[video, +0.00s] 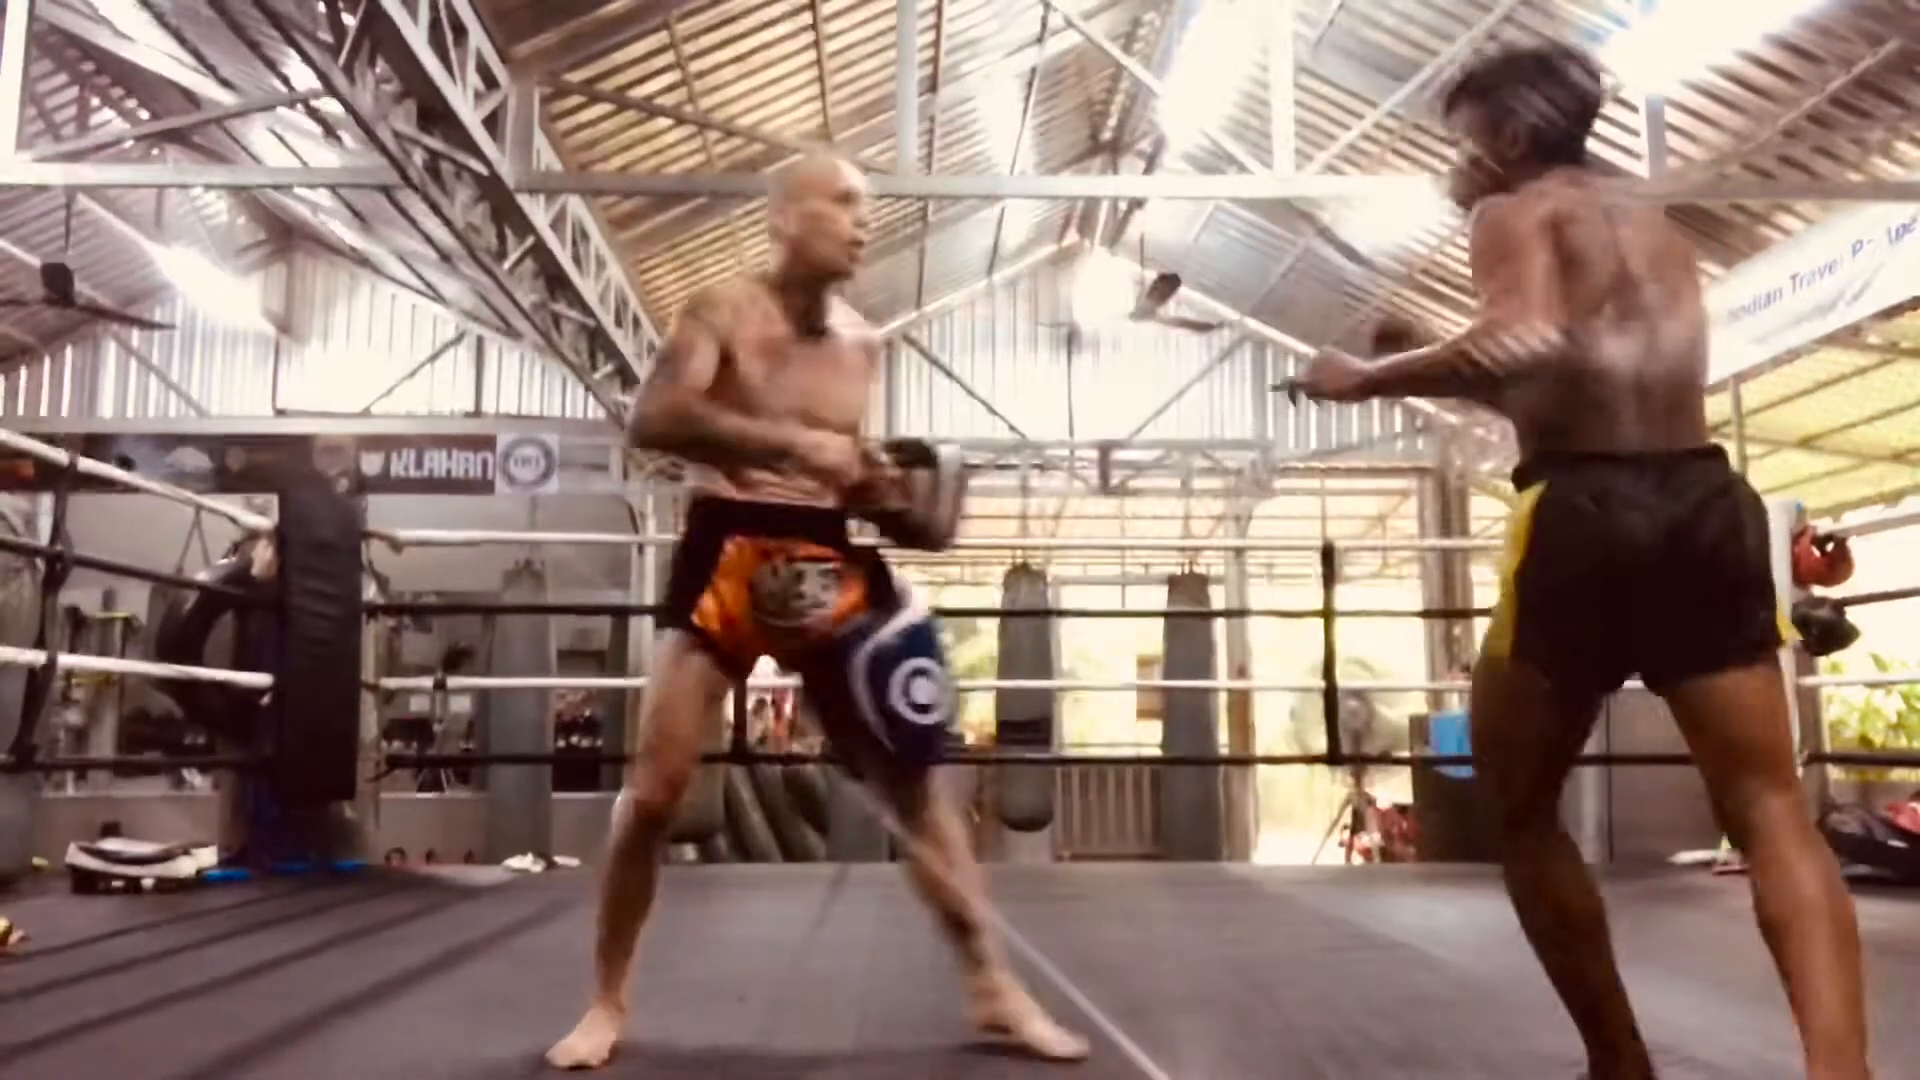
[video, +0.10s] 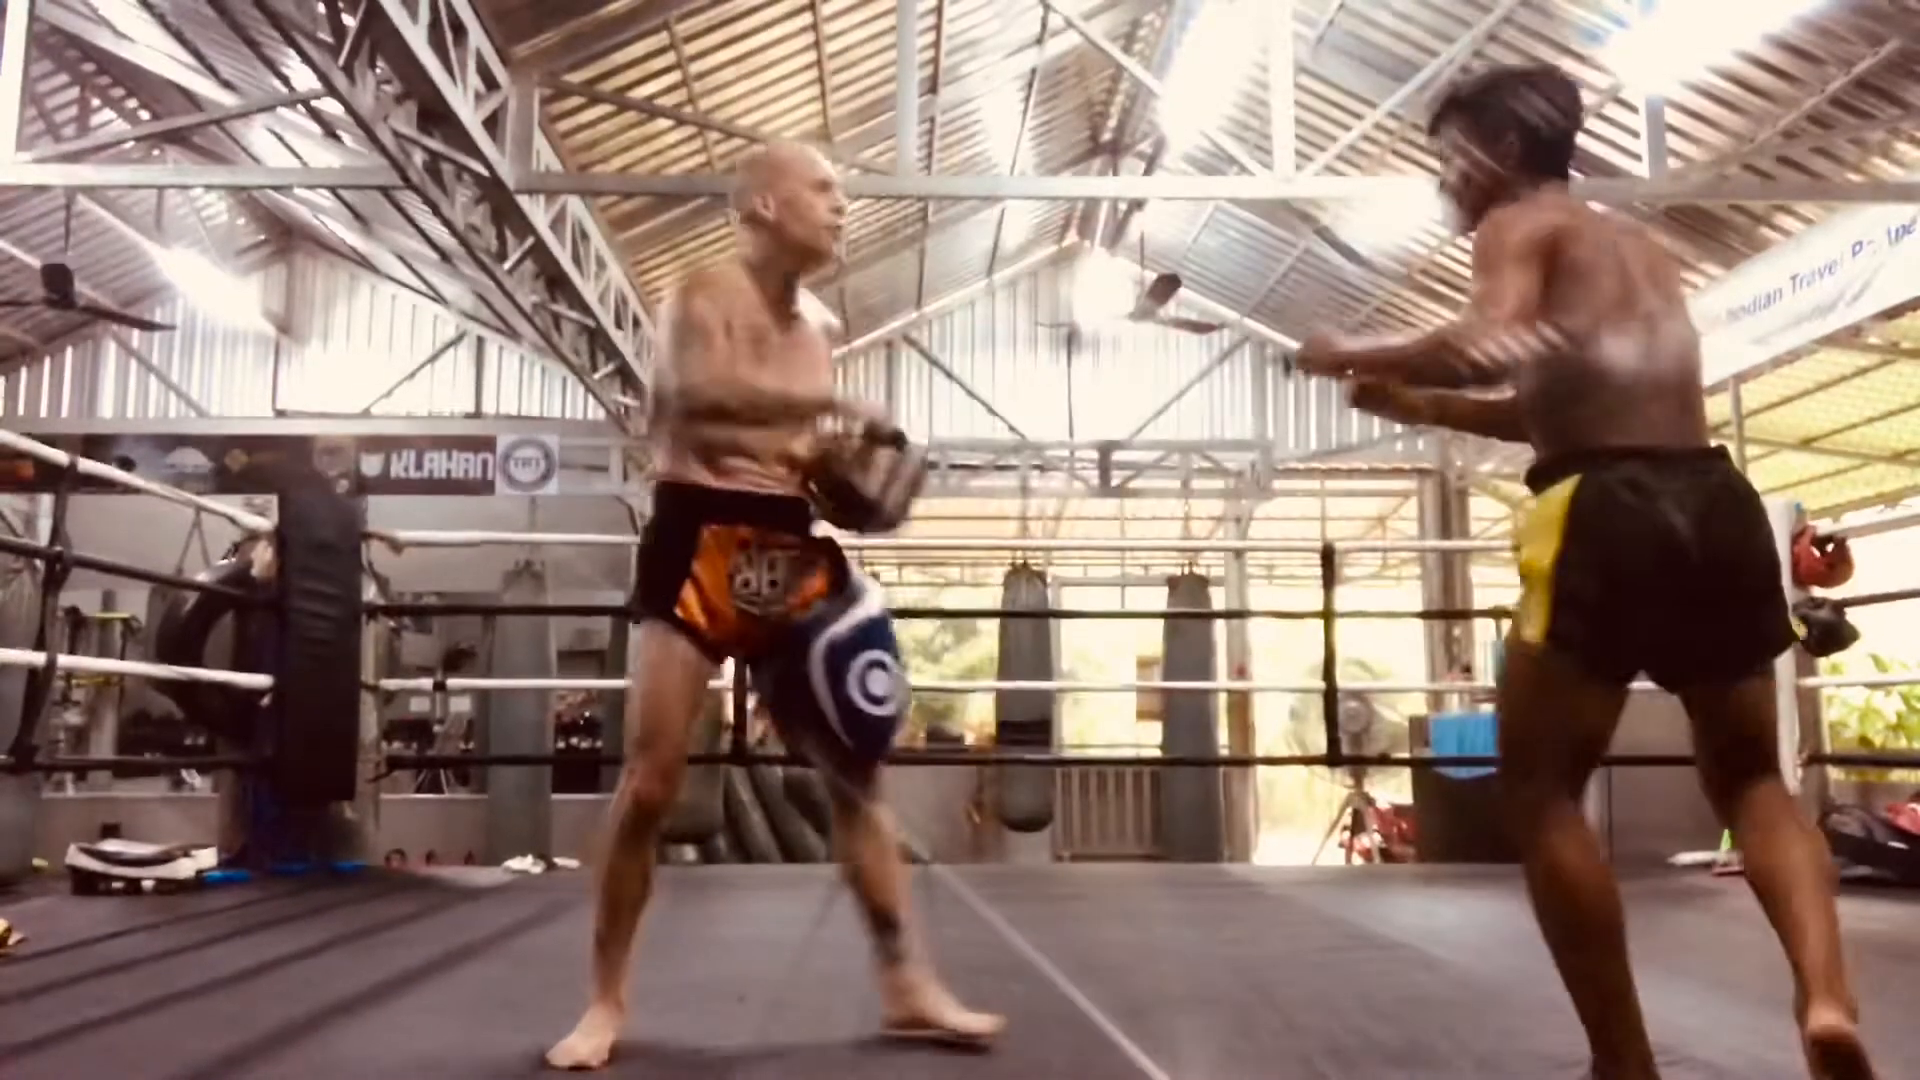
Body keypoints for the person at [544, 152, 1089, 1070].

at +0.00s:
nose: (863, 222)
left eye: (864, 207)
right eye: (844, 203)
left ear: (845, 225)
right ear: (786, 214)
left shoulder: (860, 347)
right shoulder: (721, 313)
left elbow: (849, 461)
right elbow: (656, 418)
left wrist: (895, 494)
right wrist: (793, 440)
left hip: (832, 563)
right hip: (726, 558)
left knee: (921, 780)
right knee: (653, 794)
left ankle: (992, 990)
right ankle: (606, 1004)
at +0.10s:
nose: (841, 208)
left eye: (839, 193)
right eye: (823, 191)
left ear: (789, 211)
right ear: (762, 206)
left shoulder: (814, 338)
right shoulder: (706, 293)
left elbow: (792, 451)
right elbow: (690, 397)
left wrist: (843, 473)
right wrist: (825, 409)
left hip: (793, 547)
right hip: (694, 541)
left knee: (859, 773)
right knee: (649, 788)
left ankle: (907, 989)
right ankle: (604, 1004)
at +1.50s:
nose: (881, 300)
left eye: (881, 284)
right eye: (868, 280)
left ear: (833, 287)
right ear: (816, 278)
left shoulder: (815, 385)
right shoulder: (733, 333)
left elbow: (833, 497)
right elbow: (740, 425)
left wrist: (904, 433)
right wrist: (884, 450)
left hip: (751, 576)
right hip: (665, 563)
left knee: (877, 745)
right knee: (572, 796)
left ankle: (876, 962)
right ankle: (473, 996)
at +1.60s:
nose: (918, 308)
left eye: (920, 296)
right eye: (906, 289)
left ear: (897, 305)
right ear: (857, 286)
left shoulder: (846, 387)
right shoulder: (816, 338)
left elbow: (862, 489)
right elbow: (956, 374)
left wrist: (954, 411)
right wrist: (979, 311)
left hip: (808, 589)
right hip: (744, 577)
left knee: (943, 768)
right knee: (626, 802)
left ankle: (999, 974)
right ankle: (482, 985)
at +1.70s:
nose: (962, 333)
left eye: (963, 322)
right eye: (952, 317)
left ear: (915, 316)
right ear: (905, 306)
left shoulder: (902, 387)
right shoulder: (871, 344)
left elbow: (953, 471)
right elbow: (1015, 362)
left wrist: (982, 366)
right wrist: (1125, 324)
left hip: (882, 590)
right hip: (849, 582)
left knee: (1013, 777)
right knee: (830, 809)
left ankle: (1020, 984)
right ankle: (604, 905)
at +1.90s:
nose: (1028, 328)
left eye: (1032, 320)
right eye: (1019, 305)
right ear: (967, 288)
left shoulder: (966, 398)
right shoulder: (911, 323)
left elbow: (1030, 468)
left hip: (919, 586)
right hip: (926, 511)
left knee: (1021, 775)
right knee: (1158, 530)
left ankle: (1020, 981)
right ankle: (1237, 576)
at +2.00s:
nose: (1029, 300)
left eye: (1034, 290)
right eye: (1022, 279)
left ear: (1011, 296)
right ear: (974, 265)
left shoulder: (985, 371)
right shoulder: (919, 318)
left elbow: (1047, 458)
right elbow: (808, 400)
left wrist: (1049, 366)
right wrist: (803, 409)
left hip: (959, 566)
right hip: (968, 494)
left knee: (1039, 774)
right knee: (1204, 462)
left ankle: (1024, 980)